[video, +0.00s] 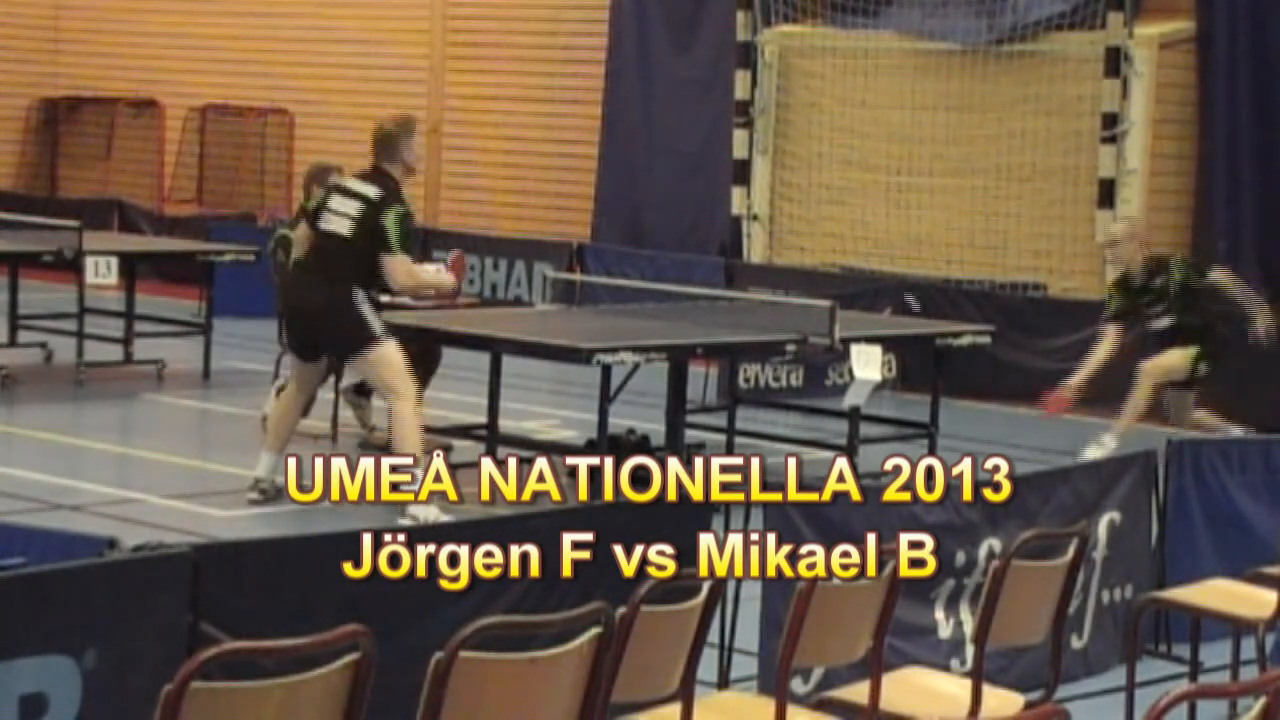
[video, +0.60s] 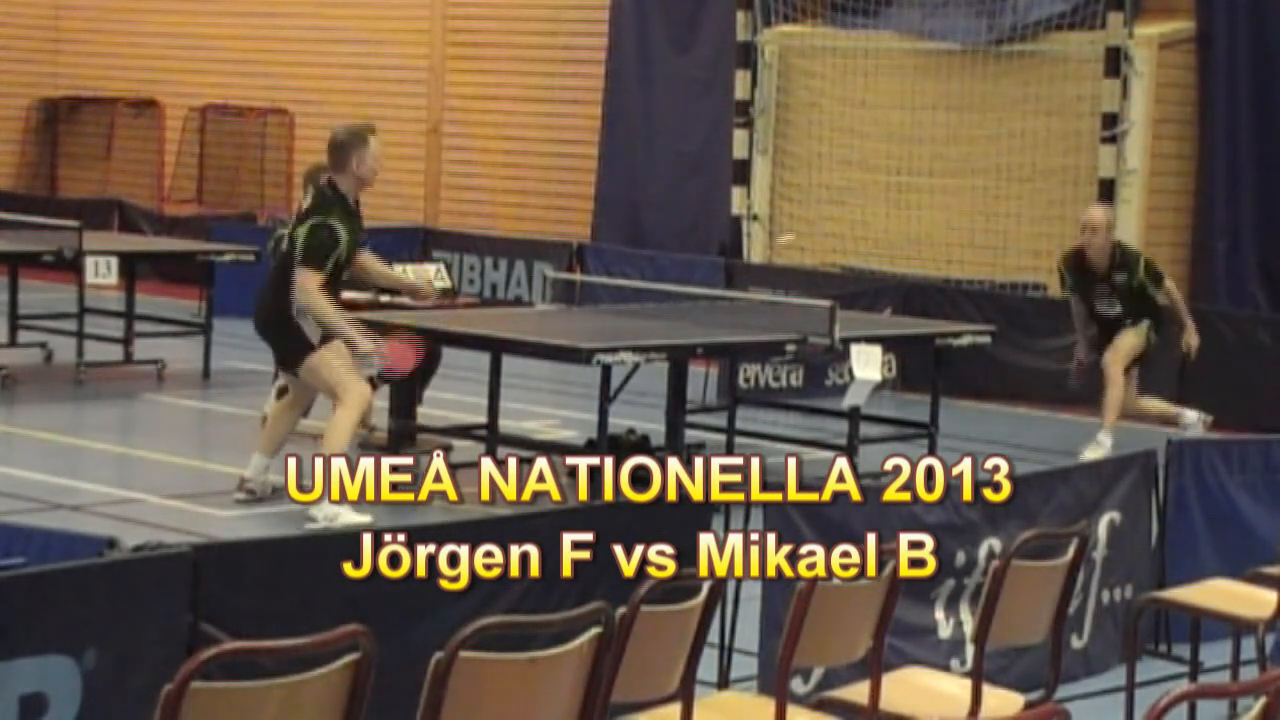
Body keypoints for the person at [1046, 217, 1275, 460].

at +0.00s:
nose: (1110, 253)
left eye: (1117, 244)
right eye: (1107, 247)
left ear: (1140, 244)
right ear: (1107, 251)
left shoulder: (1174, 269)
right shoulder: (1121, 289)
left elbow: (1223, 279)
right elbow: (1107, 343)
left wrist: (1258, 314)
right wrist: (1070, 388)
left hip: (1206, 343)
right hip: (1170, 348)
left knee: (1150, 369)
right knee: (1181, 415)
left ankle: (1111, 440)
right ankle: (1245, 436)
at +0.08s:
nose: (1087, 267)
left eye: (1094, 260)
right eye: (1085, 261)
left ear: (1116, 260)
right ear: (1086, 265)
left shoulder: (1150, 282)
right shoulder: (1099, 304)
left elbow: (1202, 300)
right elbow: (1074, 354)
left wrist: (1228, 342)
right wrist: (1033, 393)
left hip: (1190, 349)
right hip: (1156, 354)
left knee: (1135, 365)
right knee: (1170, 425)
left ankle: (1107, 440)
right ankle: (1239, 442)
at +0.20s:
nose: (1065, 296)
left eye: (1070, 288)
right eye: (1062, 290)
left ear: (1092, 287)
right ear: (1065, 292)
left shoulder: (1126, 304)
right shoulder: (1075, 327)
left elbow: (1181, 323)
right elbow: (1035, 364)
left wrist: (1198, 367)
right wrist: (985, 382)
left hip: (1174, 357)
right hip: (1142, 367)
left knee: (1127, 365)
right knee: (1173, 426)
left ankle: (1107, 440)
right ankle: (1227, 430)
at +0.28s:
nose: (1063, 310)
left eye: (1069, 302)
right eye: (1059, 304)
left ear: (1087, 297)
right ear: (1057, 306)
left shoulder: (1121, 310)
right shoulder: (1064, 333)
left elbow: (1170, 329)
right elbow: (1031, 372)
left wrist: (1190, 374)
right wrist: (993, 382)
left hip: (1164, 354)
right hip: (1135, 367)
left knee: (1123, 364)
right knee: (1165, 420)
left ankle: (1106, 441)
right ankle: (1219, 423)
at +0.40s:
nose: (1074, 292)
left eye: (1080, 285)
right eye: (1070, 285)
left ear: (1098, 284)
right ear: (1065, 286)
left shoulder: (1122, 300)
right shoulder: (1067, 314)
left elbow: (1164, 321)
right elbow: (1060, 359)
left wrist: (1181, 363)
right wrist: (1043, 402)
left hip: (1151, 342)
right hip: (1119, 352)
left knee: (1116, 361)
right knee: (1135, 420)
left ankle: (1105, 439)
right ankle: (1198, 416)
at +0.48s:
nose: (1079, 269)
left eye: (1085, 262)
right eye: (1075, 262)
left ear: (1101, 264)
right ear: (1071, 264)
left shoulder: (1125, 284)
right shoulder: (1070, 295)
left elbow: (1164, 308)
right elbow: (1077, 338)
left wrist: (1181, 349)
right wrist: (1076, 381)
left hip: (1151, 329)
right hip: (1118, 339)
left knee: (1114, 360)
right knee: (1120, 418)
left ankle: (1104, 441)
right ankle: (1181, 416)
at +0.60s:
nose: (1088, 238)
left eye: (1095, 231)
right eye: (1084, 230)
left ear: (1110, 233)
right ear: (1079, 232)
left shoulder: (1130, 259)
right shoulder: (1071, 263)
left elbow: (1168, 288)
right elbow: (1077, 307)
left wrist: (1189, 327)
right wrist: (1082, 343)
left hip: (1141, 321)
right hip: (1108, 328)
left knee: (1112, 361)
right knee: (1127, 404)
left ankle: (1104, 438)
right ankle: (1189, 417)